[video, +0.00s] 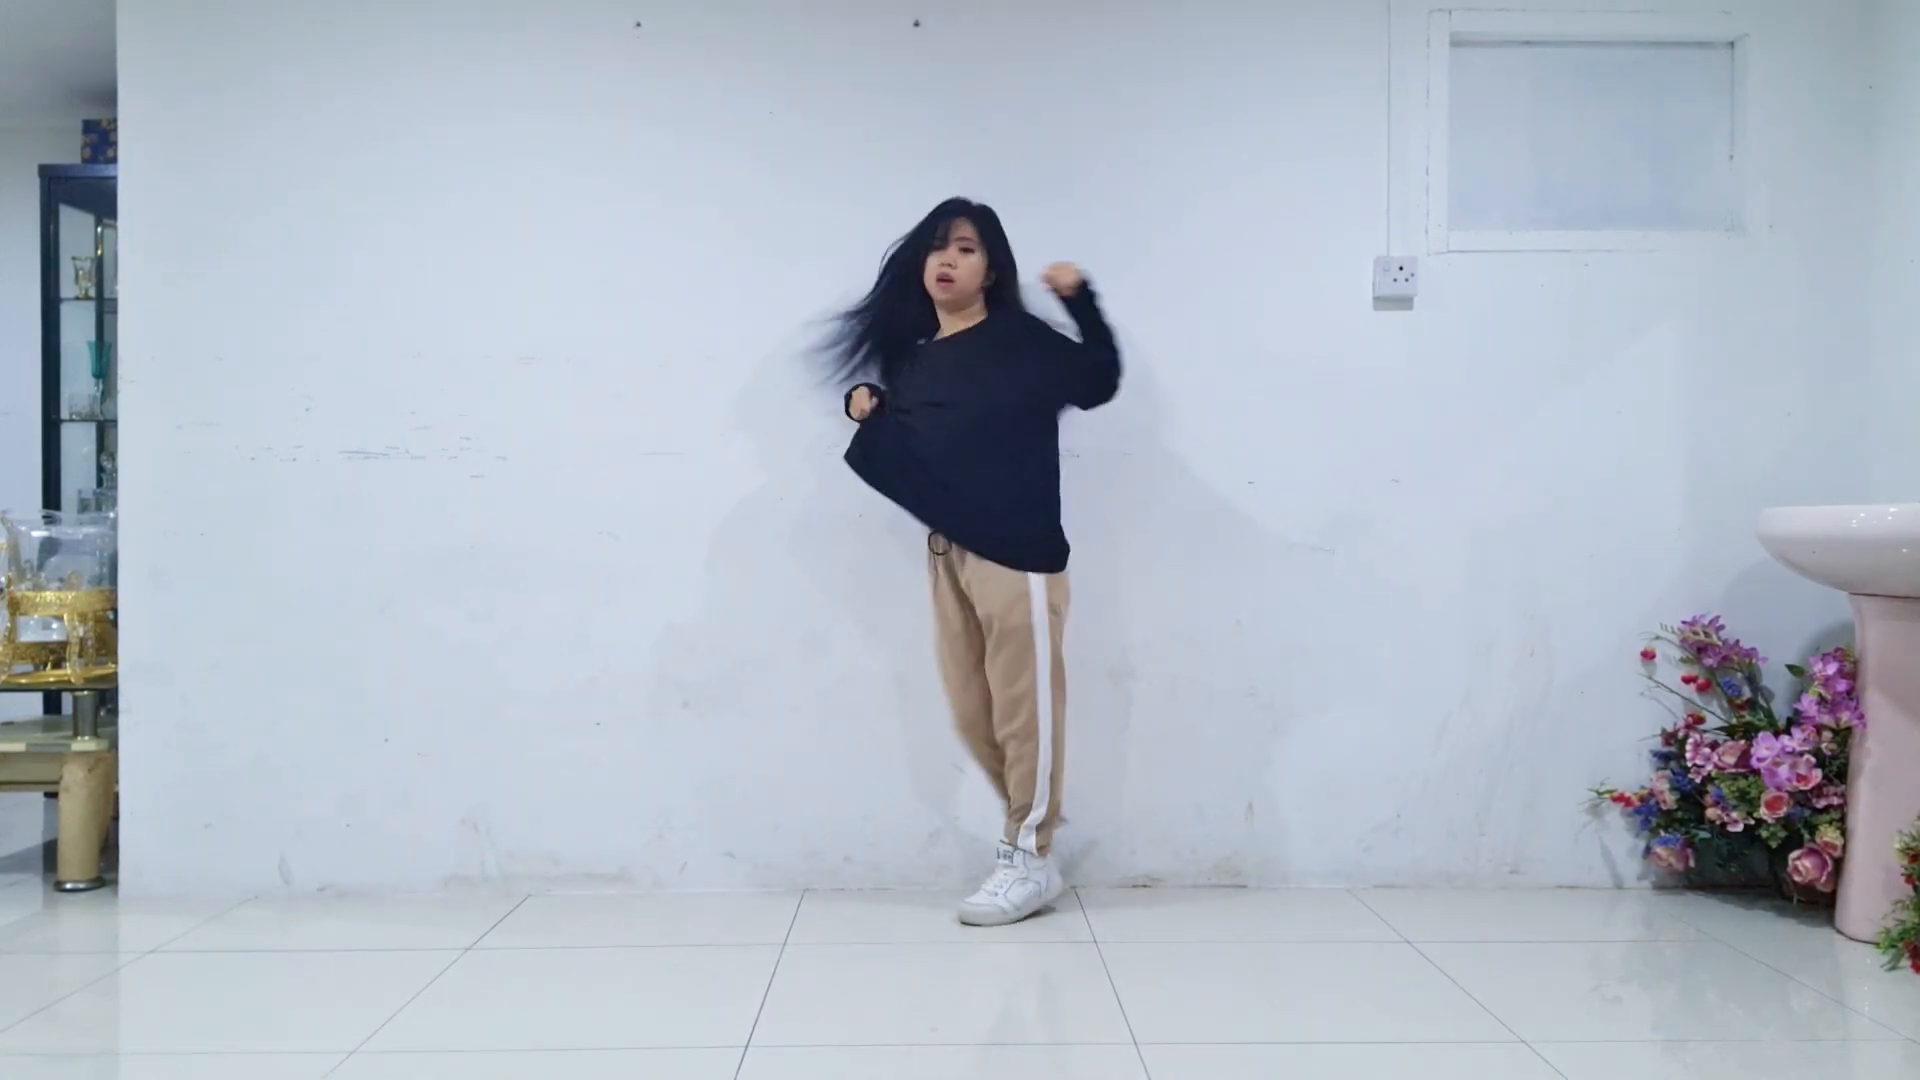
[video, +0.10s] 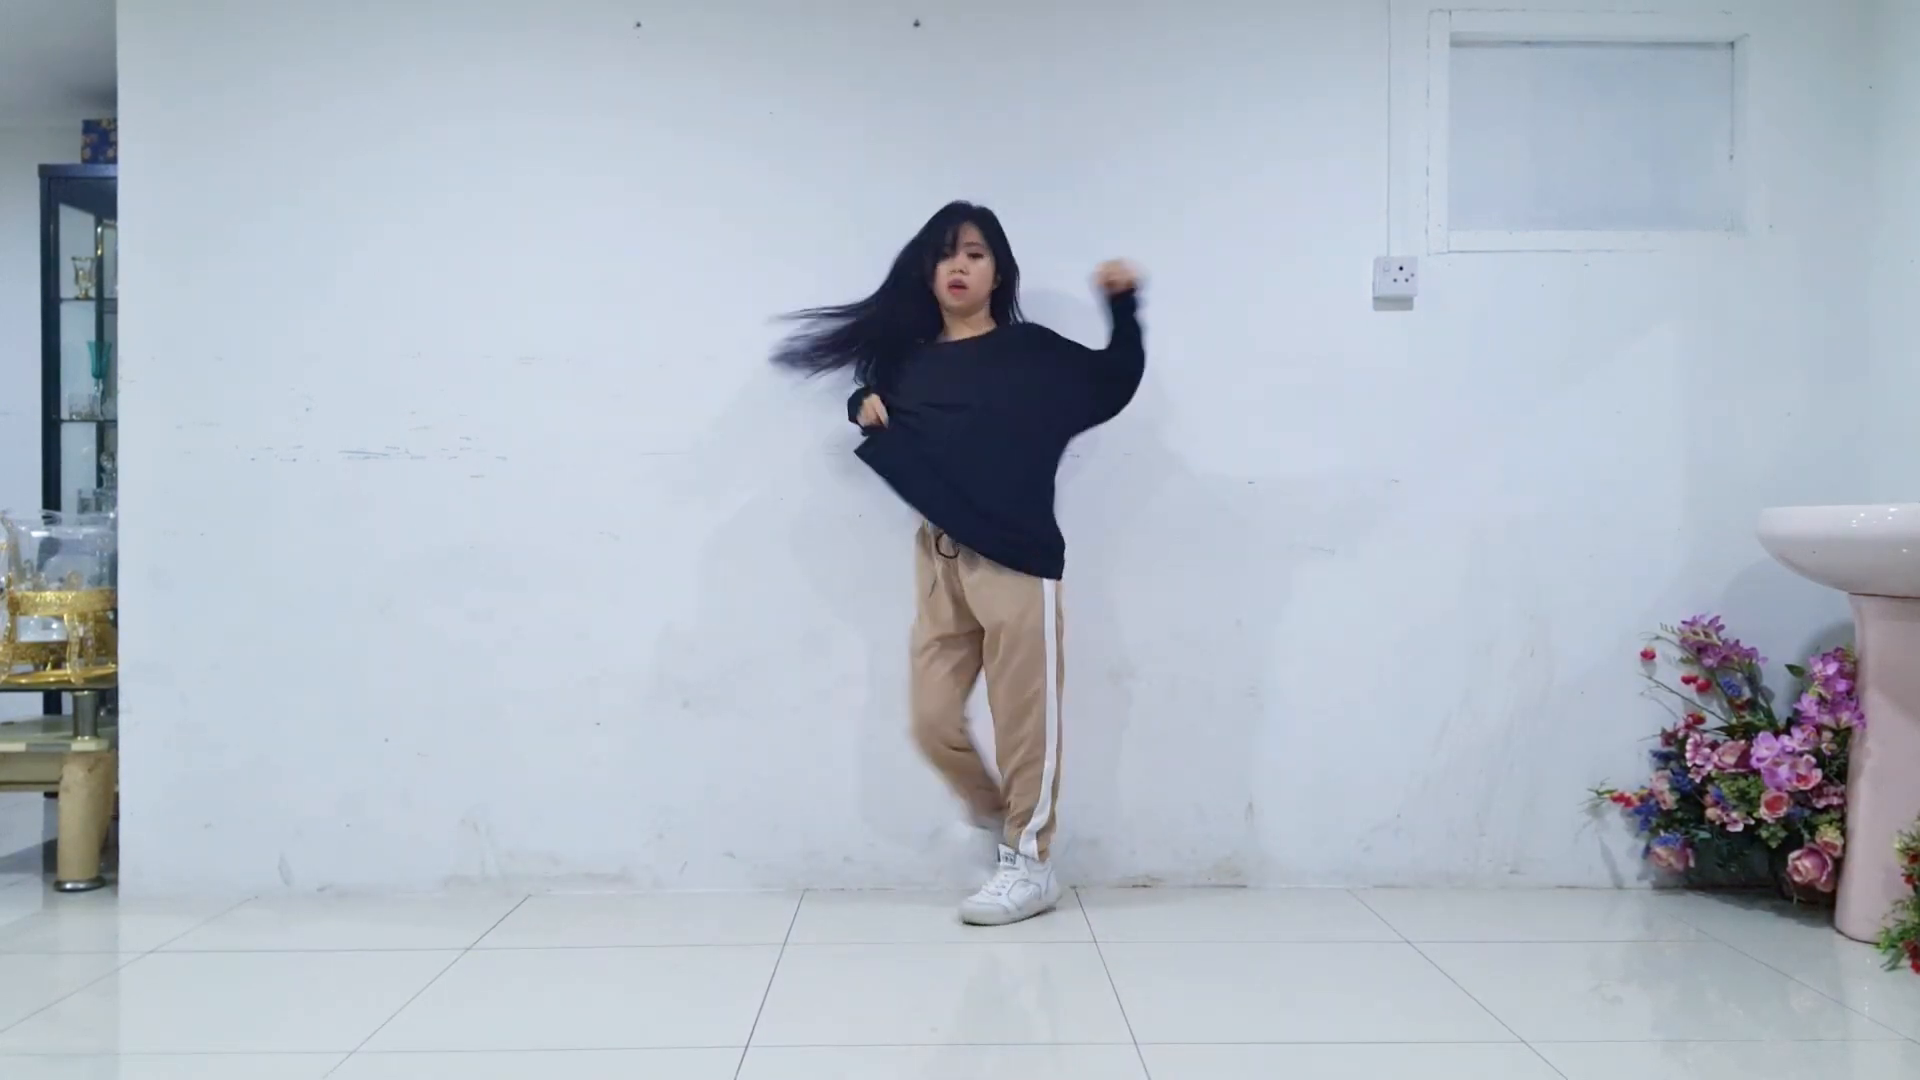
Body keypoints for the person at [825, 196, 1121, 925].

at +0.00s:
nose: (946, 258)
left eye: (965, 247)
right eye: (936, 246)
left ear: (991, 265)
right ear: (919, 263)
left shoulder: (1024, 341)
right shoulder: (915, 360)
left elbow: (1099, 381)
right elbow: (909, 445)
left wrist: (1080, 303)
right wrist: (869, 413)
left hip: (1021, 554)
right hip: (948, 552)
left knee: (1023, 710)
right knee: (972, 715)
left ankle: (1031, 861)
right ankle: (1036, 831)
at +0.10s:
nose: (958, 266)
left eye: (975, 254)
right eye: (945, 254)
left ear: (999, 271)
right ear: (927, 271)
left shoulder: (1034, 353)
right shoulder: (909, 363)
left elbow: (1115, 381)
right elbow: (901, 461)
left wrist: (1122, 308)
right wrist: (872, 421)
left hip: (1019, 560)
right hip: (940, 557)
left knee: (1020, 715)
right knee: (932, 721)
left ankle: (1030, 864)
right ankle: (1003, 820)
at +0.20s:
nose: (962, 279)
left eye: (978, 265)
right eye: (949, 266)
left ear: (1001, 279)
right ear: (931, 281)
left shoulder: (1047, 359)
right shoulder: (909, 369)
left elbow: (1135, 332)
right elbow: (861, 398)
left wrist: (1216, 295)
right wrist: (862, 415)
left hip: (1017, 565)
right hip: (935, 561)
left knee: (1016, 724)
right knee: (902, 725)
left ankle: (1026, 866)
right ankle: (924, 848)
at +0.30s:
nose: (959, 286)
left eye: (974, 271)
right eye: (945, 274)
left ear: (997, 283)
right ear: (926, 287)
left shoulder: (1032, 375)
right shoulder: (907, 372)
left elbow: (1114, 398)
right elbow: (865, 403)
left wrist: (1171, 359)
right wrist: (865, 423)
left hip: (1010, 578)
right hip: (926, 571)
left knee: (1008, 727)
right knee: (890, 728)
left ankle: (1026, 866)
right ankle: (893, 862)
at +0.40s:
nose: (949, 296)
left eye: (962, 280)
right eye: (935, 283)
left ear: (988, 289)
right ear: (916, 295)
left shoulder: (1017, 385)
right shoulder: (893, 373)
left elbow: (1051, 476)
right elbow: (858, 437)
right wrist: (864, 456)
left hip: (999, 587)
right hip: (914, 582)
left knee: (998, 730)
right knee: (888, 728)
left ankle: (1023, 867)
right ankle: (891, 863)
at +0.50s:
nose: (934, 303)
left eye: (948, 286)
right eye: (920, 290)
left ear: (974, 289)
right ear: (904, 298)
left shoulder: (1005, 372)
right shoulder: (886, 370)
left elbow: (1028, 473)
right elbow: (858, 458)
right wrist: (864, 506)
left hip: (1003, 591)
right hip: (911, 593)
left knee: (1030, 716)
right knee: (886, 732)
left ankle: (1022, 847)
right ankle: (891, 862)